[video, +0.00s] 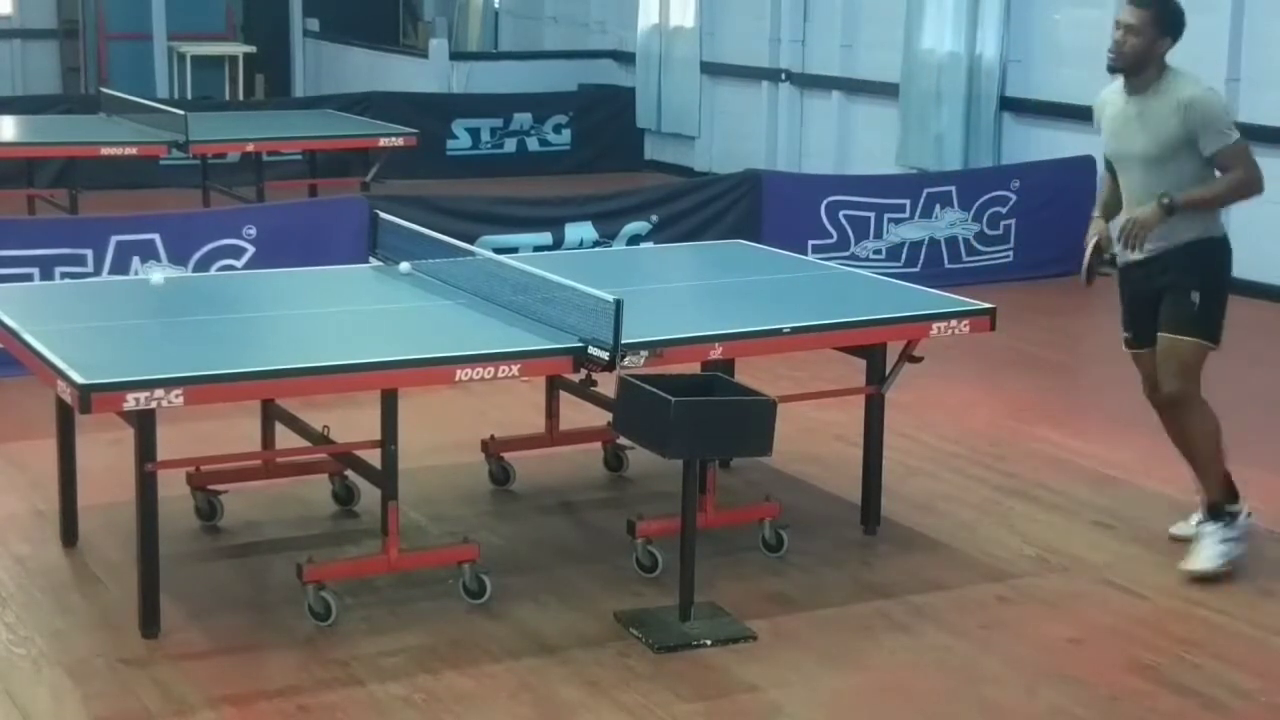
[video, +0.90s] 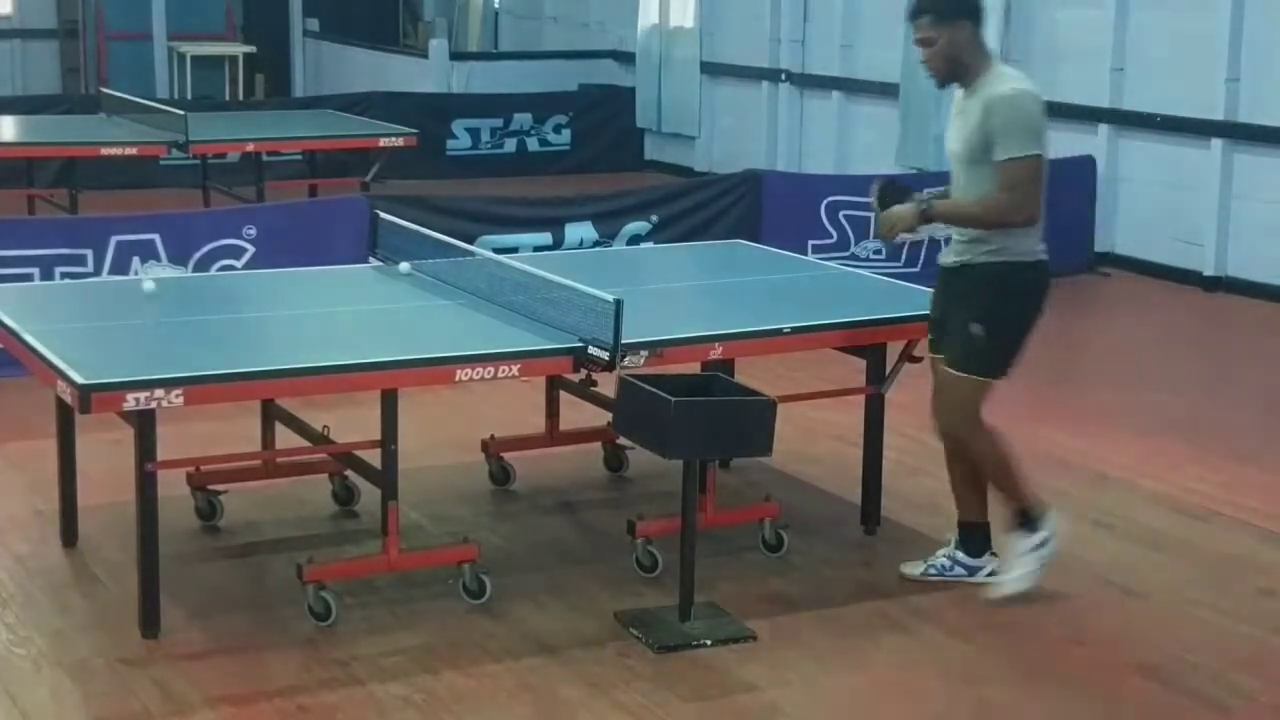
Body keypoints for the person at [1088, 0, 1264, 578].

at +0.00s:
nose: (1116, 39)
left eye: (1130, 32)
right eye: (1116, 28)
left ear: (1163, 44)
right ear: (1114, 33)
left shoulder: (1196, 102)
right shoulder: (1107, 101)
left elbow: (1249, 178)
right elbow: (1114, 175)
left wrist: (1167, 206)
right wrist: (1100, 220)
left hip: (1194, 256)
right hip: (1137, 263)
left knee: (1176, 388)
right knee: (1159, 392)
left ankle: (1228, 514)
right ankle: (1216, 502)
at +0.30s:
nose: (1086, 39)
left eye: (1097, 26)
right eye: (1080, 29)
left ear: (1133, 26)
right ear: (1077, 33)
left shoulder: (1173, 98)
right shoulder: (1078, 99)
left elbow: (1233, 174)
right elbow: (1073, 171)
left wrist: (1155, 203)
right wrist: (1055, 199)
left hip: (1150, 266)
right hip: (1090, 266)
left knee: (1120, 401)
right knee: (1081, 396)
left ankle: (1138, 540)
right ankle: (1178, 467)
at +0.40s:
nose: (1065, 42)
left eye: (1074, 28)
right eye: (1060, 31)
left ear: (1113, 22)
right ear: (1061, 31)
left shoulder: (1155, 93)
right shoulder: (1069, 94)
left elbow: (1202, 184)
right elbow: (1078, 167)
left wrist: (1117, 206)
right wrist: (1044, 198)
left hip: (1131, 266)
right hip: (1071, 265)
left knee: (1120, 403)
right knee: (1039, 392)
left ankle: (1139, 537)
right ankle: (1123, 476)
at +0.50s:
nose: (1040, 39)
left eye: (1048, 25)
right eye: (1035, 28)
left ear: (1087, 17)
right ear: (1042, 28)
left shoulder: (1135, 87)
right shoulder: (1057, 87)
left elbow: (1162, 184)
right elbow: (1075, 176)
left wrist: (1062, 188)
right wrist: (1030, 203)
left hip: (1112, 263)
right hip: (1053, 261)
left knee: (1117, 397)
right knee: (1010, 386)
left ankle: (1136, 532)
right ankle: (1056, 515)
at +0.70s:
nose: (983, 50)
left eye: (992, 36)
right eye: (980, 38)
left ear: (1030, 31)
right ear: (1002, 37)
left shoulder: (1070, 100)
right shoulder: (1014, 99)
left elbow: (1072, 206)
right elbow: (1027, 192)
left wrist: (977, 197)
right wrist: (981, 213)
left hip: (1061, 276)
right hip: (1005, 273)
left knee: (1070, 409)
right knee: (968, 401)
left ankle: (1126, 524)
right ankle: (975, 548)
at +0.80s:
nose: (953, 55)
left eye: (962, 41)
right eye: (951, 43)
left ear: (1001, 33)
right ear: (967, 43)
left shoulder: (1041, 101)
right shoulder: (991, 99)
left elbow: (1043, 209)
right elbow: (999, 194)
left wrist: (950, 207)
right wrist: (943, 212)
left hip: (1027, 278)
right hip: (976, 272)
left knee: (1009, 421)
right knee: (952, 405)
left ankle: (1092, 503)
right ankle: (973, 549)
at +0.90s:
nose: (922, 56)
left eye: (929, 42)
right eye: (919, 45)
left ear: (967, 32)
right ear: (944, 40)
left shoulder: (1012, 99)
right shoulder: (966, 99)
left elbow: (1022, 207)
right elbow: (978, 192)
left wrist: (927, 211)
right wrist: (921, 206)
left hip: (1006, 275)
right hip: (964, 269)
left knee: (957, 413)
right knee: (950, 412)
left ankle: (1033, 522)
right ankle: (972, 548)